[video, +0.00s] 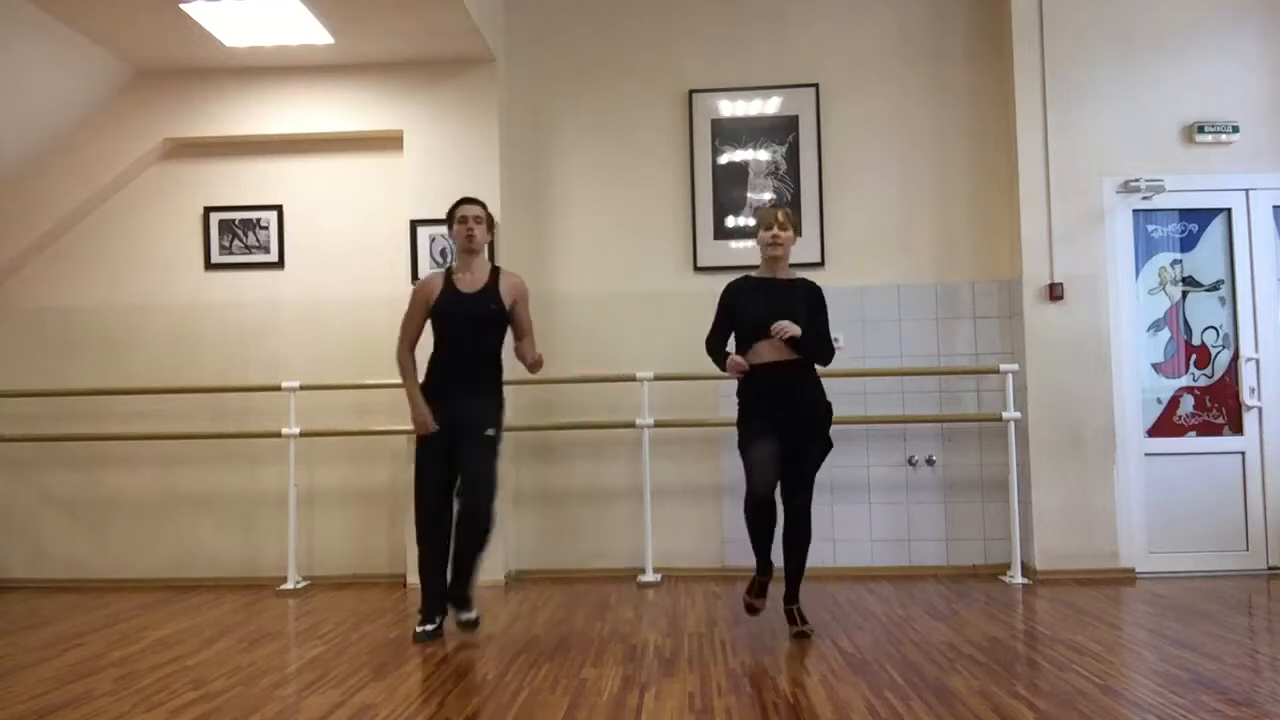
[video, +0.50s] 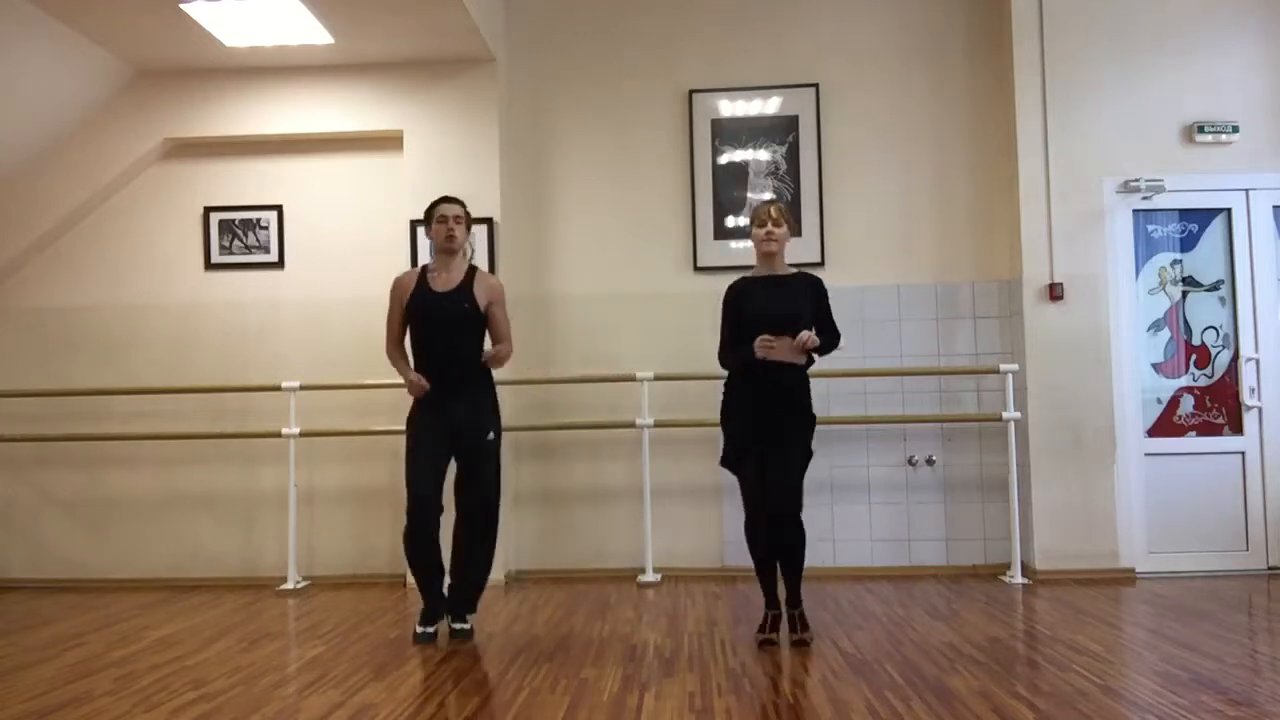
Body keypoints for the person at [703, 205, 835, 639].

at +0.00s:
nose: (776, 234)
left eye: (783, 227)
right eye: (769, 227)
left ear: (794, 238)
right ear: (758, 236)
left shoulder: (809, 291)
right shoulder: (737, 290)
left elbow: (824, 353)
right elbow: (714, 344)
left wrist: (800, 336)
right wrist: (726, 359)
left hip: (805, 405)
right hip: (758, 405)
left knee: (798, 505)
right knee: (759, 492)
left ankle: (793, 599)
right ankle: (763, 569)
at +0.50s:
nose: (769, 230)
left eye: (776, 223)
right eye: (761, 223)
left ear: (789, 233)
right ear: (751, 234)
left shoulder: (810, 285)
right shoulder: (738, 291)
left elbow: (831, 337)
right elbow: (726, 357)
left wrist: (815, 339)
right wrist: (753, 349)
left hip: (792, 412)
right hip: (745, 414)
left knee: (787, 510)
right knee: (756, 511)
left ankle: (795, 606)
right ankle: (771, 607)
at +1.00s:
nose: (752, 228)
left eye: (760, 221)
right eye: (745, 221)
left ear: (772, 231)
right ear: (735, 231)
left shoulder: (789, 282)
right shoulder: (715, 282)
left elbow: (809, 333)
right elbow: (686, 337)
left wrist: (790, 347)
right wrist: (719, 349)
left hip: (777, 409)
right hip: (729, 411)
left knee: (778, 508)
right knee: (735, 509)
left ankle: (786, 602)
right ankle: (737, 605)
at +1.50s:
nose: (721, 228)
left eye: (730, 221)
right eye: (720, 222)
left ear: (756, 228)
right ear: (729, 231)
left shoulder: (782, 283)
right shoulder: (711, 283)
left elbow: (802, 346)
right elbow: (661, 323)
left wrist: (806, 403)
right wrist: (638, 284)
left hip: (773, 402)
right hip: (725, 402)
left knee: (768, 506)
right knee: (734, 507)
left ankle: (762, 609)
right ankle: (740, 608)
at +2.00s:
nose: (720, 228)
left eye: (729, 220)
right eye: (719, 221)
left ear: (755, 227)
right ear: (726, 230)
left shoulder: (783, 281)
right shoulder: (712, 282)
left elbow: (797, 345)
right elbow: (672, 333)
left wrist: (800, 400)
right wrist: (638, 301)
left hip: (772, 398)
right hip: (725, 397)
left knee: (770, 506)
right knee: (734, 507)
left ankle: (764, 608)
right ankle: (741, 608)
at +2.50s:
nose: (718, 232)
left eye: (727, 225)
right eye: (716, 226)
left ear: (752, 230)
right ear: (716, 233)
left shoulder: (782, 283)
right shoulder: (707, 286)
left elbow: (844, 291)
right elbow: (701, 349)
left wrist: (902, 275)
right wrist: (734, 345)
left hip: (758, 410)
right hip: (712, 408)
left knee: (743, 508)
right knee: (727, 507)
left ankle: (744, 609)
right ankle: (744, 609)